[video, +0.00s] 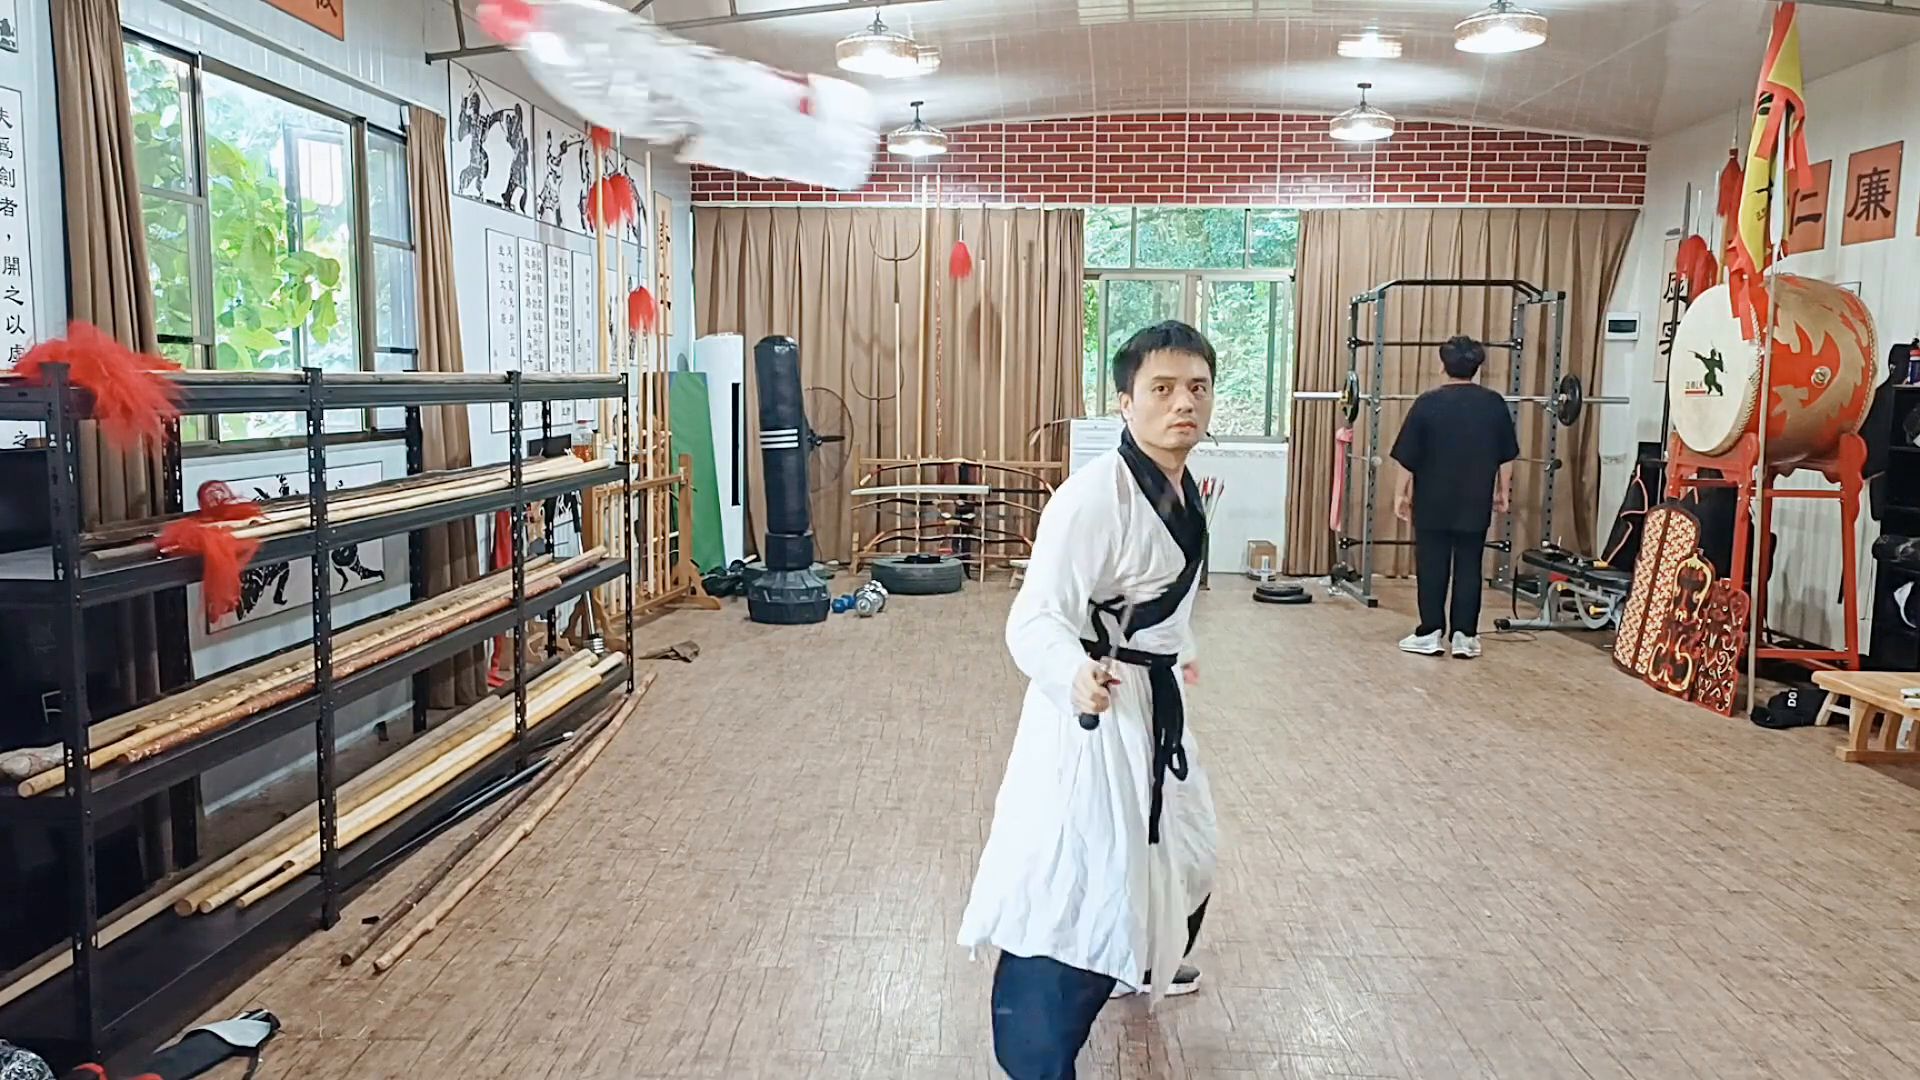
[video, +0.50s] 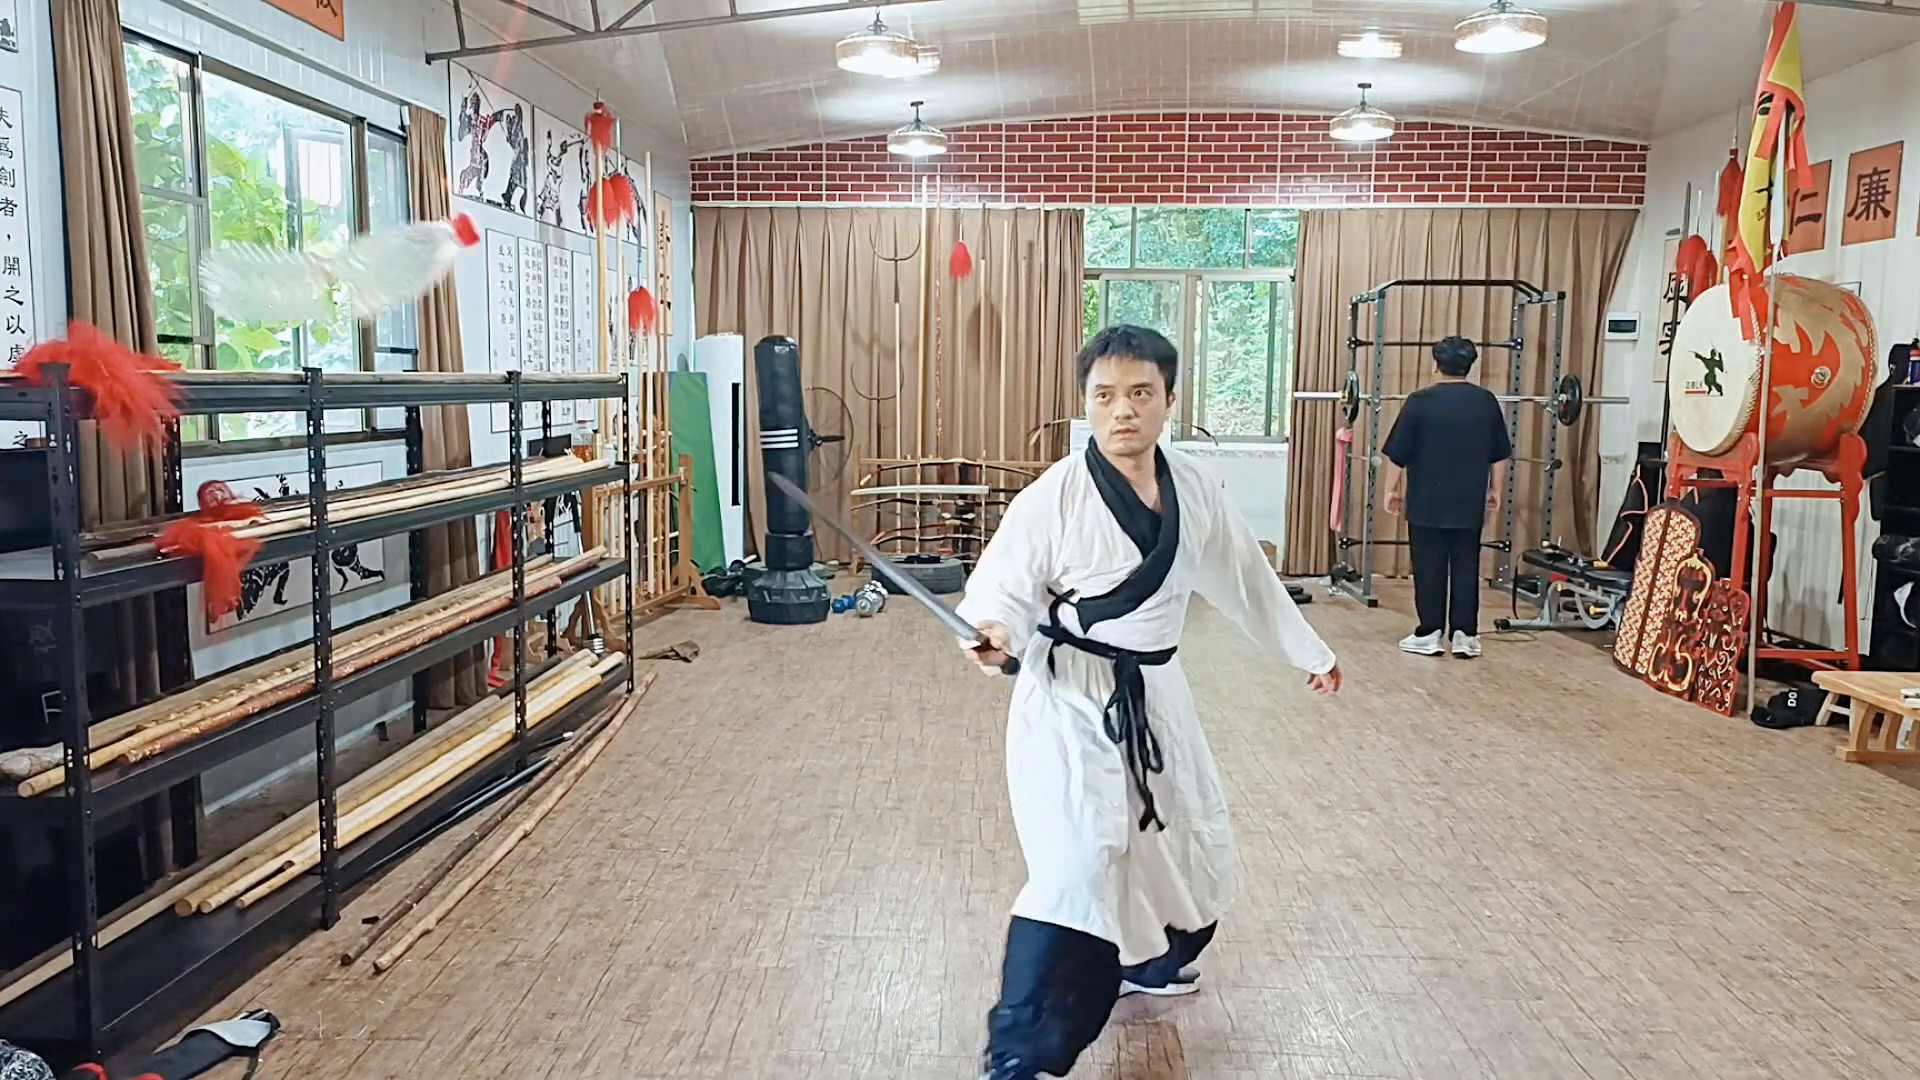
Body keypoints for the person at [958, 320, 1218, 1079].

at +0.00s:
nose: (1185, 404)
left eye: (1198, 388)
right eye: (1164, 388)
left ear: (1213, 399)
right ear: (1126, 401)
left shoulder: (1183, 489)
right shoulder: (1091, 496)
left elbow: (1162, 587)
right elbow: (1034, 619)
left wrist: (1181, 650)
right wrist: (1075, 671)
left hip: (1155, 707)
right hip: (1087, 721)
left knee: (1180, 858)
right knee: (1072, 896)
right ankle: (1038, 1057)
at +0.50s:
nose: (1124, 410)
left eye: (1141, 393)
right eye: (1106, 395)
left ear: (1169, 401)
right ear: (1086, 406)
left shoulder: (1196, 487)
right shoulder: (1053, 499)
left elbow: (1248, 579)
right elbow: (998, 588)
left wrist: (1308, 650)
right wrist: (994, 631)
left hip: (1157, 691)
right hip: (1064, 692)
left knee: (1199, 841)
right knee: (1075, 863)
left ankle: (1145, 966)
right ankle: (1019, 1062)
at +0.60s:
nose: (1106, 408)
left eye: (1123, 390)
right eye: (1088, 393)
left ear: (1151, 400)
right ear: (1066, 405)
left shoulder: (1171, 484)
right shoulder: (1037, 492)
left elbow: (1226, 569)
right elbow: (975, 570)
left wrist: (1288, 639)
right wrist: (959, 610)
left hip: (1146, 689)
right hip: (1056, 691)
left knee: (1161, 830)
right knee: (1044, 882)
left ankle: (1138, 960)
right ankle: (988, 1065)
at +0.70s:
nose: (1084, 397)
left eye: (1103, 379)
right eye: (1065, 381)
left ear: (1132, 391)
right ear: (1041, 393)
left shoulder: (1138, 473)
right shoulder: (1018, 474)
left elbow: (1171, 557)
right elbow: (951, 513)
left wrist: (1224, 622)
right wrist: (901, 539)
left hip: (1120, 684)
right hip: (1033, 695)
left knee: (1133, 824)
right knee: (1003, 896)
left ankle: (1132, 954)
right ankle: (958, 1067)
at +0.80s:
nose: (1056, 404)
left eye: (1076, 387)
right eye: (1035, 386)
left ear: (1098, 405)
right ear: (1005, 403)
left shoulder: (1091, 496)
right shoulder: (991, 481)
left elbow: (1126, 565)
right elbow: (945, 447)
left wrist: (1173, 599)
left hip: (1093, 699)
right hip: (1004, 719)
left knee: (1122, 833)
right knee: (989, 908)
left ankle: (1114, 957)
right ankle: (941, 1065)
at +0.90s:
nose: (1034, 400)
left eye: (1055, 383)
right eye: (1013, 383)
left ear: (1079, 401)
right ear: (985, 400)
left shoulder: (1071, 482)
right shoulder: (968, 478)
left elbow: (1096, 546)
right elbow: (922, 472)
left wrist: (1125, 588)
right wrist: (863, 458)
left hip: (1075, 701)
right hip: (985, 718)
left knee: (1094, 848)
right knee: (967, 915)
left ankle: (1098, 973)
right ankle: (946, 1062)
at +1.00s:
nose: (1025, 389)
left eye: (1045, 371)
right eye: (1003, 372)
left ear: (1072, 391)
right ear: (974, 389)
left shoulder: (1067, 470)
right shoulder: (949, 476)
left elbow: (1084, 542)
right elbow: (892, 522)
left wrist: (1109, 595)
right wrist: (843, 561)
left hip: (1066, 708)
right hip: (974, 723)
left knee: (1068, 867)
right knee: (960, 919)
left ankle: (1062, 1000)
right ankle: (940, 1050)